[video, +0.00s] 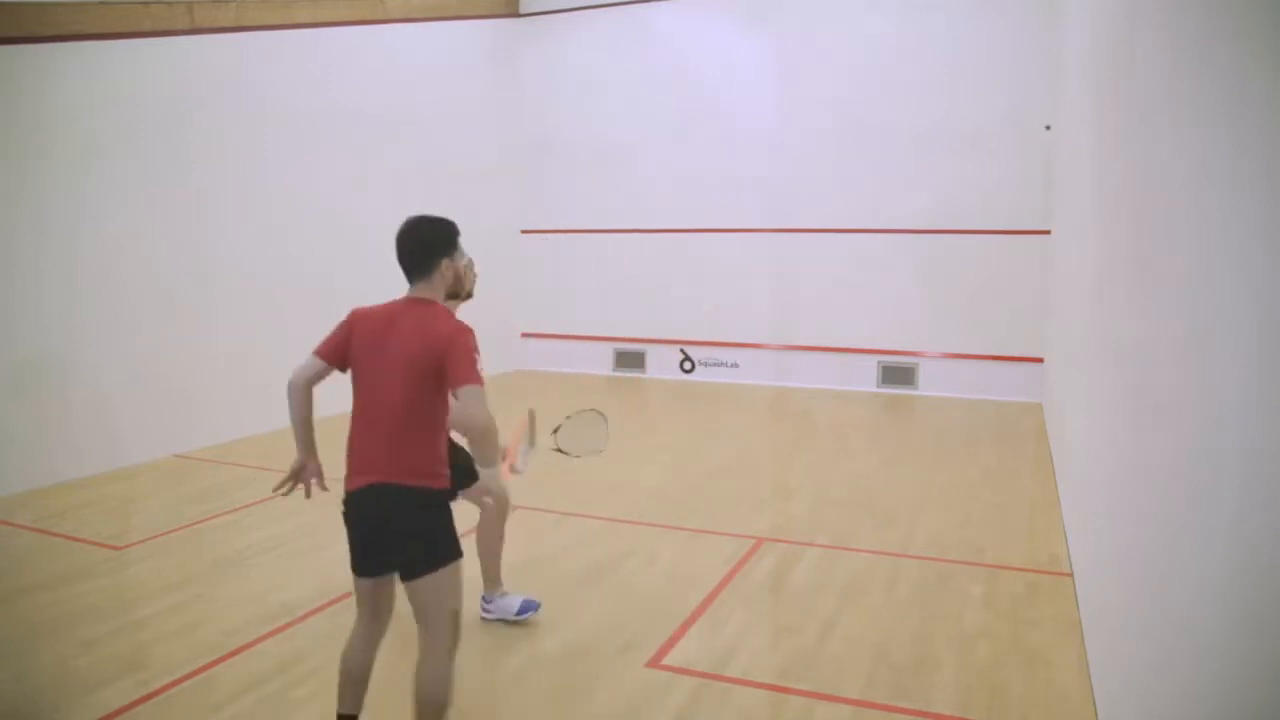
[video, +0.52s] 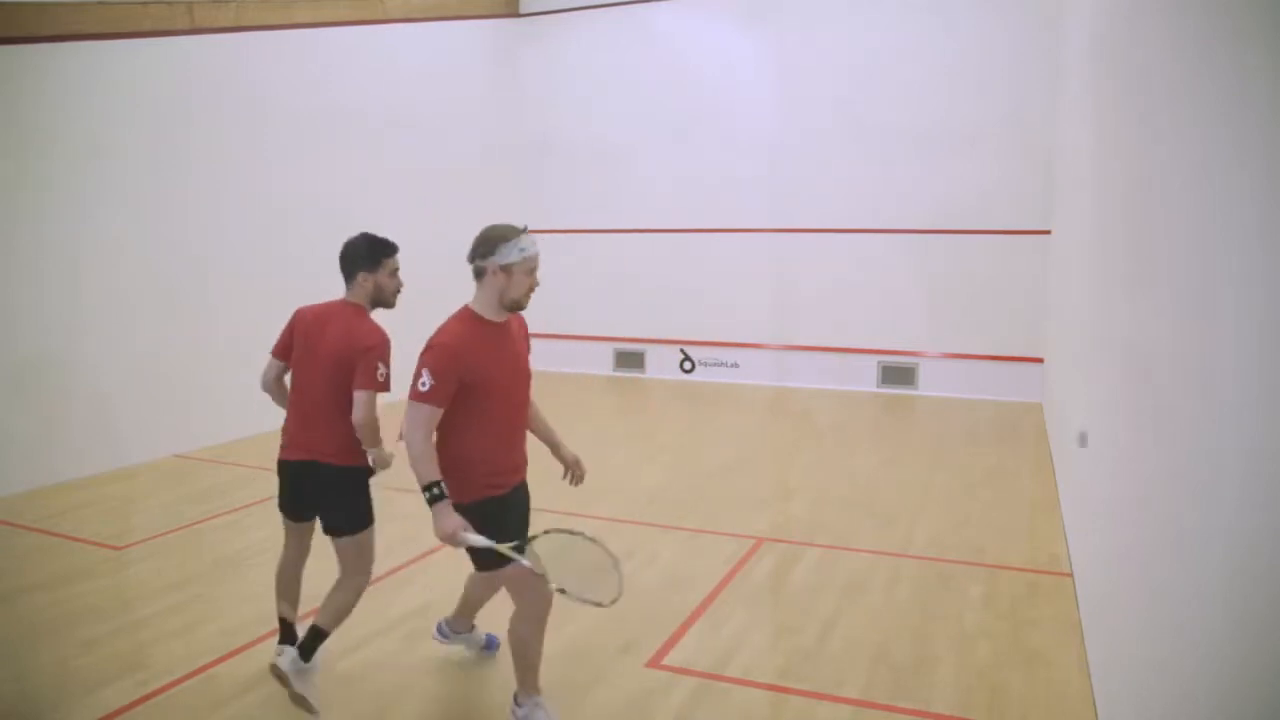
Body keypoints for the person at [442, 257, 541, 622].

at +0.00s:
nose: (473, 270)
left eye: (471, 262)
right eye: (467, 264)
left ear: (446, 281)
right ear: (452, 274)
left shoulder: (415, 321)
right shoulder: (450, 330)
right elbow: (453, 410)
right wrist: (497, 450)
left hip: (397, 443)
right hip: (428, 443)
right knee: (495, 500)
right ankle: (493, 594)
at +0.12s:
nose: (494, 272)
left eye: (491, 265)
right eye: (488, 265)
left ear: (459, 274)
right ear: (470, 273)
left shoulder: (457, 317)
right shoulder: (452, 326)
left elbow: (437, 390)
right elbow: (437, 399)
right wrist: (479, 443)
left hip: (448, 441)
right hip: (455, 446)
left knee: (441, 499)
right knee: (509, 511)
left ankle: (404, 562)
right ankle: (498, 597)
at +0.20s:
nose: (502, 265)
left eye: (500, 257)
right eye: (497, 257)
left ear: (470, 265)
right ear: (478, 264)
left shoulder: (473, 308)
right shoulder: (452, 320)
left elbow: (461, 374)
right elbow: (422, 388)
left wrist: (487, 409)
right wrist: (462, 441)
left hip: (464, 440)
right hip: (451, 449)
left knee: (474, 509)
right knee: (508, 517)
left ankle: (434, 584)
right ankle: (499, 595)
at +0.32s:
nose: (516, 267)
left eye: (513, 258)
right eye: (508, 259)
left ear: (484, 266)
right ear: (483, 267)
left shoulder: (494, 313)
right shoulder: (445, 332)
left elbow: (484, 376)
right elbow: (420, 410)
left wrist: (518, 415)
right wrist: (455, 470)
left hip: (489, 444)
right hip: (455, 457)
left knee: (507, 528)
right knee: (524, 530)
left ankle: (454, 610)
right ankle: (507, 614)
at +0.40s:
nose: (524, 278)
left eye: (522, 269)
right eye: (516, 270)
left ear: (492, 277)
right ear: (486, 276)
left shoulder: (506, 325)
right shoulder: (446, 345)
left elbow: (502, 388)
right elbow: (419, 428)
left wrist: (539, 436)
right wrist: (452, 493)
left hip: (498, 464)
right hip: (467, 477)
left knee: (500, 545)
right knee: (532, 557)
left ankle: (450, 617)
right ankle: (528, 669)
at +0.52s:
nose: (535, 281)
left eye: (536, 271)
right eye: (527, 271)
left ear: (505, 273)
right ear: (492, 272)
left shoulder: (515, 327)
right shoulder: (449, 345)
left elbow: (518, 400)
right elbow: (415, 433)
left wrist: (558, 447)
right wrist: (439, 504)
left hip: (512, 484)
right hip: (476, 497)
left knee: (492, 568)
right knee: (535, 596)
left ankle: (456, 626)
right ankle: (528, 701)